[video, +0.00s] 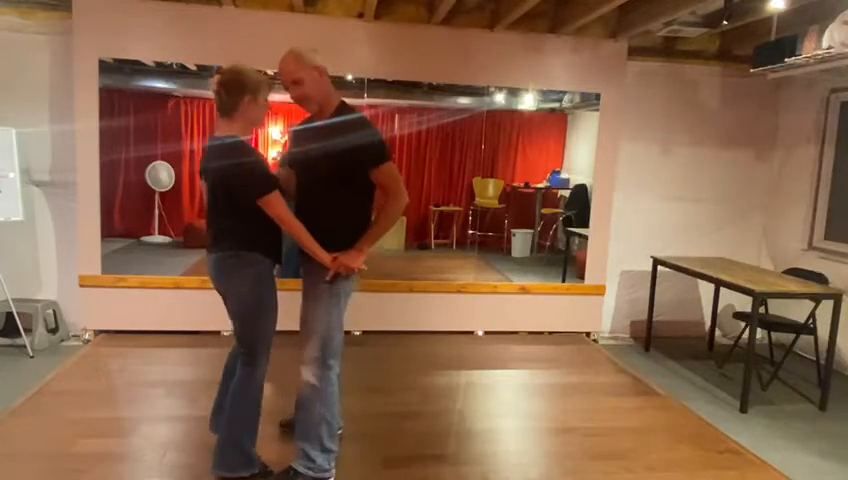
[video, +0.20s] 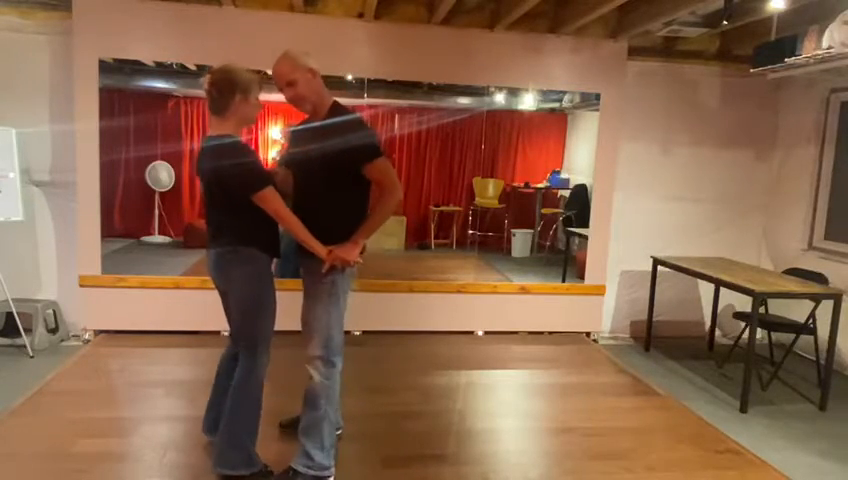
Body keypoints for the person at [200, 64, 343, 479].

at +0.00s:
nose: (267, 109)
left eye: (267, 101)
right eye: (263, 101)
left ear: (223, 103)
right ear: (244, 104)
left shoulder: (215, 150)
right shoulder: (243, 157)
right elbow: (284, 219)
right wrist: (325, 258)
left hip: (226, 261)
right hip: (249, 266)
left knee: (247, 345)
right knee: (255, 357)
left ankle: (223, 422)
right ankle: (235, 459)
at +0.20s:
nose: (259, 106)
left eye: (258, 98)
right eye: (254, 98)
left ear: (216, 101)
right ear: (236, 103)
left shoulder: (210, 150)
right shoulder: (236, 153)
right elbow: (280, 213)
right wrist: (323, 251)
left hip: (225, 257)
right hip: (247, 262)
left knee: (241, 343)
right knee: (254, 354)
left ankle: (217, 424)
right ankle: (236, 458)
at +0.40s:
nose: (254, 107)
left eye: (252, 100)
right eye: (250, 100)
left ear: (215, 105)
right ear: (233, 105)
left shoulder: (203, 152)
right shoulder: (231, 156)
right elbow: (274, 212)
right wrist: (319, 248)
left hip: (219, 255)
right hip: (244, 260)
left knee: (236, 344)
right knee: (252, 353)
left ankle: (213, 430)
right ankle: (236, 456)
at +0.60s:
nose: (247, 114)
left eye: (247, 106)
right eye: (244, 106)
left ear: (208, 107)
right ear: (228, 107)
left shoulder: (199, 154)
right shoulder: (223, 158)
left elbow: (251, 192)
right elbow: (267, 212)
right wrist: (311, 244)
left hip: (215, 256)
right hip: (239, 260)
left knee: (233, 343)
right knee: (253, 349)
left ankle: (212, 430)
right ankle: (237, 455)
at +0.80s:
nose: (245, 113)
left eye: (245, 106)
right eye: (242, 106)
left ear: (209, 109)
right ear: (225, 109)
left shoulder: (197, 155)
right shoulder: (221, 160)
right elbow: (266, 214)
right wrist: (311, 242)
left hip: (210, 257)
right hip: (233, 261)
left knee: (229, 343)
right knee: (251, 349)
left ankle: (211, 429)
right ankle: (238, 454)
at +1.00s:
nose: (246, 113)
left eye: (246, 106)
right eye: (243, 106)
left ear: (206, 109)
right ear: (228, 110)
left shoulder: (197, 154)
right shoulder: (226, 159)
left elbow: (247, 190)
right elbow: (269, 210)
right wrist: (318, 241)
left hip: (201, 256)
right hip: (224, 260)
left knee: (223, 345)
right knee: (241, 348)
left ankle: (210, 431)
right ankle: (233, 454)